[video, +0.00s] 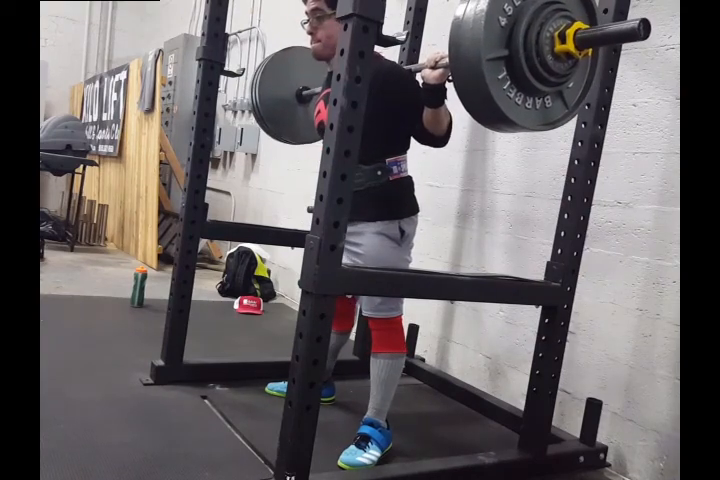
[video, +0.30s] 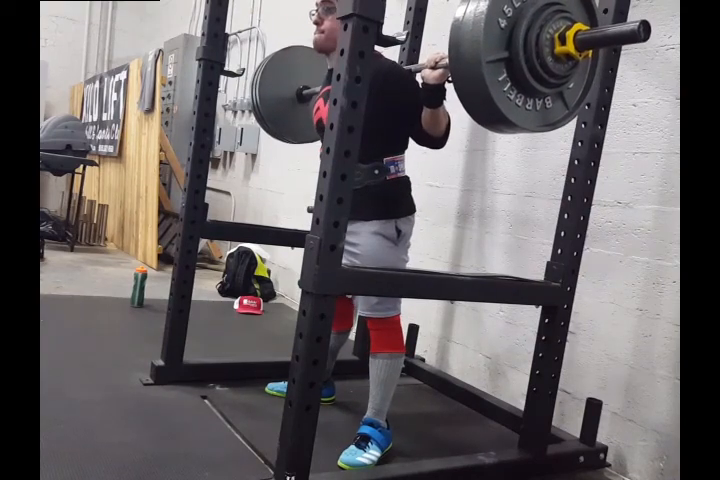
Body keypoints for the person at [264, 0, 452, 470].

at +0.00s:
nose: (310, 33)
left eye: (316, 22)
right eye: (308, 24)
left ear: (348, 20)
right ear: (330, 26)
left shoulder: (391, 78)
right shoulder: (333, 79)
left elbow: (437, 136)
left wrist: (434, 88)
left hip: (383, 218)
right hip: (335, 214)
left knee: (382, 313)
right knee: (331, 302)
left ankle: (376, 424)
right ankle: (318, 380)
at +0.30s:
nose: (315, 25)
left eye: (323, 17)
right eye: (315, 17)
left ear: (352, 23)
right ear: (332, 26)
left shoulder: (389, 77)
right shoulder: (333, 77)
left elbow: (434, 138)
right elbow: (327, 131)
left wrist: (433, 89)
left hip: (380, 213)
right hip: (334, 209)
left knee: (379, 312)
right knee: (330, 300)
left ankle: (376, 424)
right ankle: (318, 379)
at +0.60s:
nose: (314, 24)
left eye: (323, 16)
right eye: (314, 16)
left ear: (352, 23)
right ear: (328, 26)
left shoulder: (388, 76)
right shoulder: (332, 77)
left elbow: (434, 138)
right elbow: (329, 131)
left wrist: (433, 89)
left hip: (381, 216)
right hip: (334, 212)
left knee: (378, 312)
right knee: (330, 301)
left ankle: (376, 424)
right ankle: (318, 379)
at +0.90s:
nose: (309, 47)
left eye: (319, 38)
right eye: (309, 38)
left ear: (349, 44)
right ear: (318, 45)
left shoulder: (384, 101)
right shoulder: (327, 103)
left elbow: (436, 156)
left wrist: (429, 114)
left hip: (392, 227)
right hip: (340, 224)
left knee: (366, 322)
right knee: (311, 295)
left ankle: (374, 427)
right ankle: (315, 380)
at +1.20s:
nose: (296, 97)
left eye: (306, 88)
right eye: (297, 88)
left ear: (336, 95)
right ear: (313, 96)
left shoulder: (373, 149)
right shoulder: (320, 151)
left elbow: (428, 198)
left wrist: (420, 164)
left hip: (406, 250)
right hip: (356, 250)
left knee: (362, 325)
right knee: (298, 298)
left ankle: (374, 430)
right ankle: (315, 381)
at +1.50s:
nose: (284, 138)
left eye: (294, 129)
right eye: (284, 129)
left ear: (326, 136)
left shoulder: (365, 187)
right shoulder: (309, 186)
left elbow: (417, 231)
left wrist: (409, 201)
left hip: (403, 273)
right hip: (352, 271)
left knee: (353, 328)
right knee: (289, 303)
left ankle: (373, 430)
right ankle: (316, 382)